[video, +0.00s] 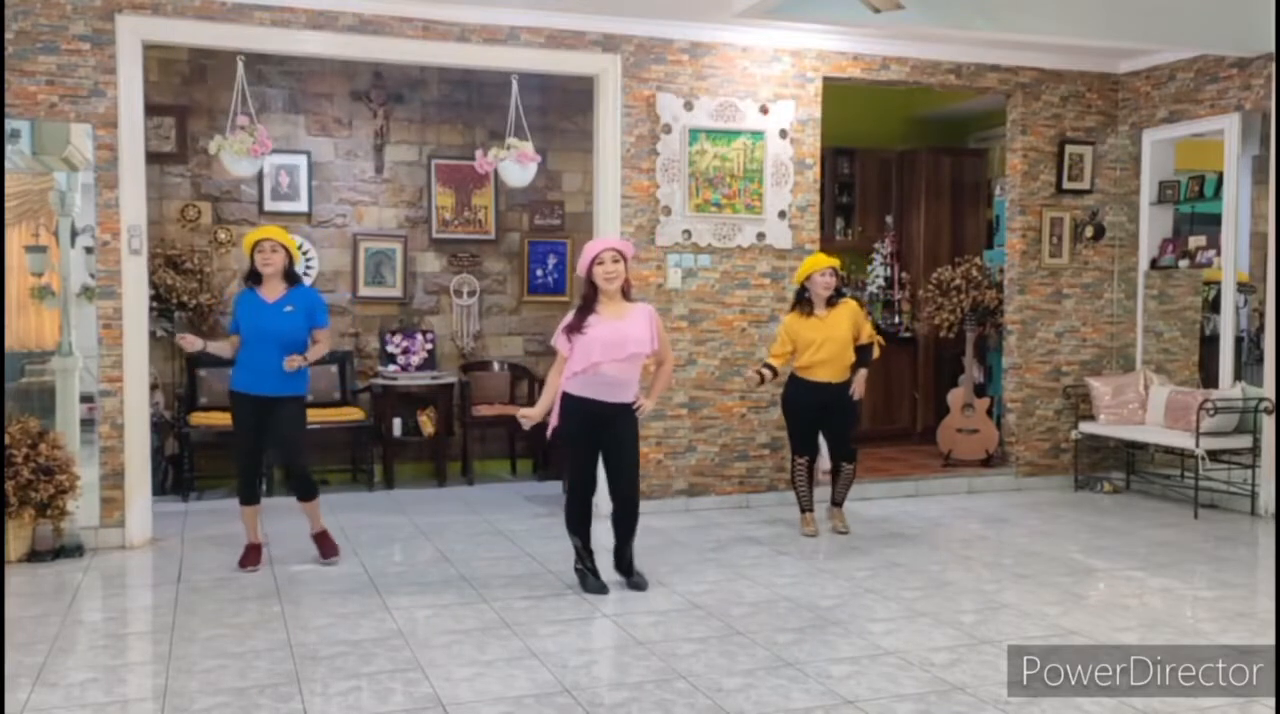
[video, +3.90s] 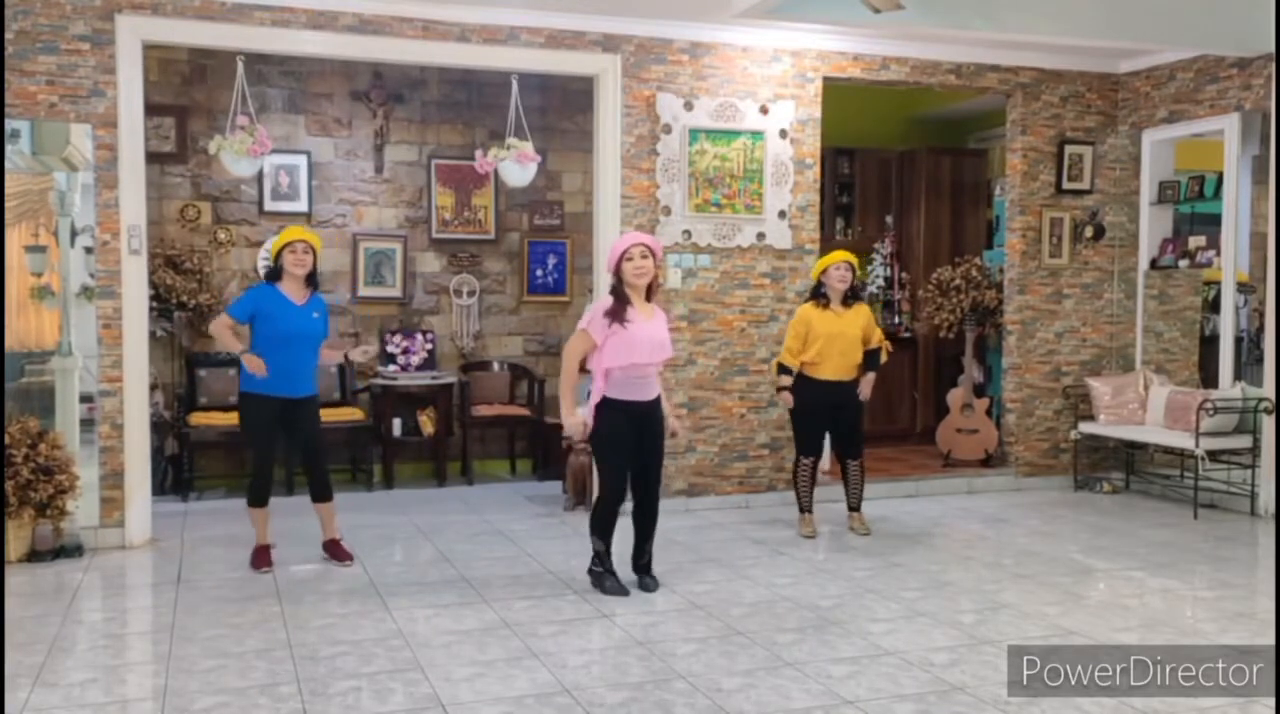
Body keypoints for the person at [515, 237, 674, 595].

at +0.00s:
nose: (609, 269)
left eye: (615, 262)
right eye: (601, 264)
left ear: (626, 270)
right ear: (590, 273)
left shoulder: (644, 315)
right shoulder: (578, 318)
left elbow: (666, 361)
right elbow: (558, 369)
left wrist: (651, 397)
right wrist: (539, 409)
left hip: (621, 412)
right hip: (578, 409)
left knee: (627, 493)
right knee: (581, 489)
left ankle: (625, 559)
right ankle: (584, 563)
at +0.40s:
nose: (627, 266)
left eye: (633, 259)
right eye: (619, 260)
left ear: (643, 266)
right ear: (606, 269)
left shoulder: (663, 302)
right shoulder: (601, 315)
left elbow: (692, 340)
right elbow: (589, 373)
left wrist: (685, 384)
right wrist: (587, 421)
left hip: (658, 406)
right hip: (614, 407)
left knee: (656, 487)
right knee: (604, 484)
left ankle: (657, 563)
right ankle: (590, 559)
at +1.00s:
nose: (650, 268)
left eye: (656, 261)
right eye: (642, 261)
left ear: (665, 268)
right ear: (628, 270)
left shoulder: (680, 305)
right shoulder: (618, 318)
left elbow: (707, 346)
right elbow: (607, 374)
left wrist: (723, 391)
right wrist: (633, 395)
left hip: (680, 406)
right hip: (641, 410)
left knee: (673, 490)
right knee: (641, 488)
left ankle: (660, 563)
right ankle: (633, 559)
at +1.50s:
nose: (648, 265)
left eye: (655, 259)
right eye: (640, 259)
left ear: (664, 268)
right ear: (628, 269)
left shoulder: (673, 316)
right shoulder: (613, 314)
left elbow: (678, 371)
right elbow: (592, 365)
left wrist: (692, 418)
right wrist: (595, 420)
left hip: (662, 409)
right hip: (621, 409)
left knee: (660, 491)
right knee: (617, 489)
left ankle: (658, 564)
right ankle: (606, 561)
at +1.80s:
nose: (640, 264)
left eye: (647, 258)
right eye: (632, 259)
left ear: (657, 268)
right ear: (620, 268)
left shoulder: (662, 318)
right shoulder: (601, 309)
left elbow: (662, 373)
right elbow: (564, 350)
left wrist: (673, 421)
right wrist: (551, 405)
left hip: (645, 410)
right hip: (601, 408)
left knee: (646, 490)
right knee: (603, 487)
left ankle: (643, 560)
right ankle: (603, 563)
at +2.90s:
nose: (634, 266)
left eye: (639, 259)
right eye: (625, 259)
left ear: (647, 267)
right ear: (610, 268)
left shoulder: (667, 300)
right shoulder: (606, 313)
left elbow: (692, 351)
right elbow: (600, 371)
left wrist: (719, 391)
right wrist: (596, 417)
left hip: (667, 406)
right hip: (624, 407)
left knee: (658, 489)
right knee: (622, 488)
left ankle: (647, 563)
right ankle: (620, 559)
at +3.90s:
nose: (639, 264)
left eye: (645, 258)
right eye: (630, 259)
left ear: (655, 267)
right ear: (618, 269)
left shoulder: (658, 315)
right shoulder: (606, 310)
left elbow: (653, 370)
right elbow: (571, 354)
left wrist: (667, 412)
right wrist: (569, 413)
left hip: (650, 410)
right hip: (611, 411)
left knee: (648, 494)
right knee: (612, 492)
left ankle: (643, 565)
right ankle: (600, 565)